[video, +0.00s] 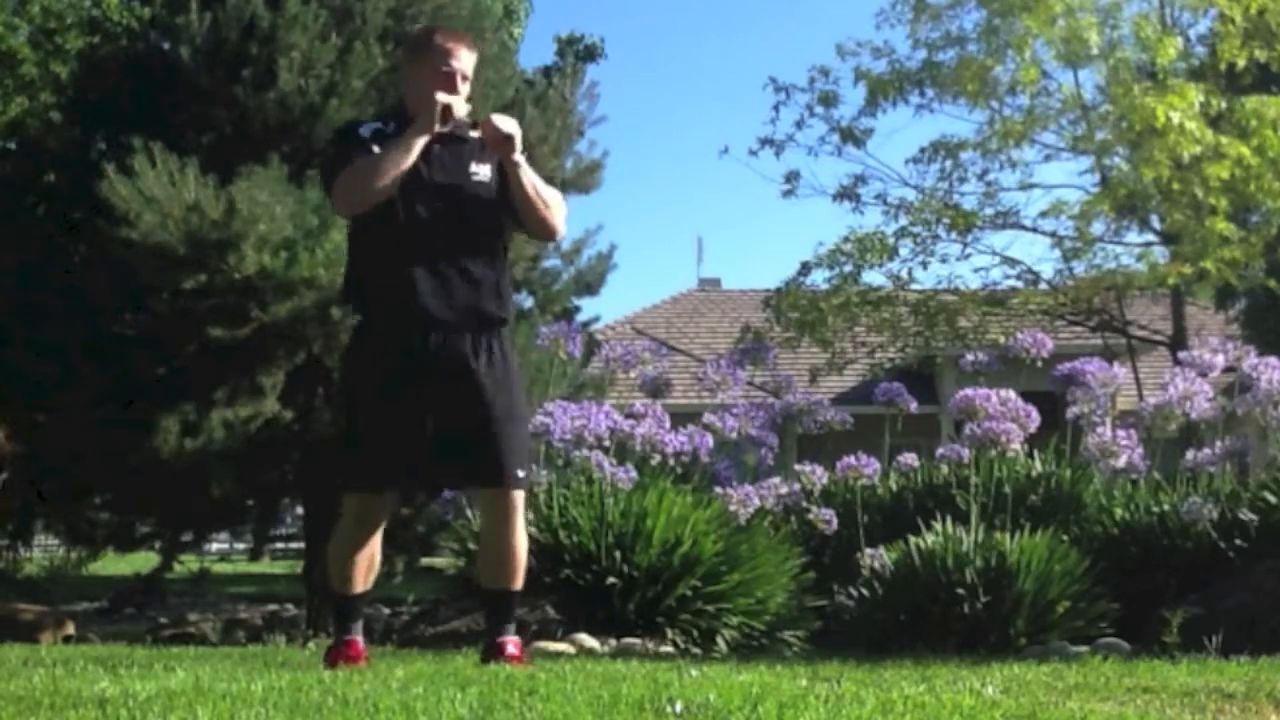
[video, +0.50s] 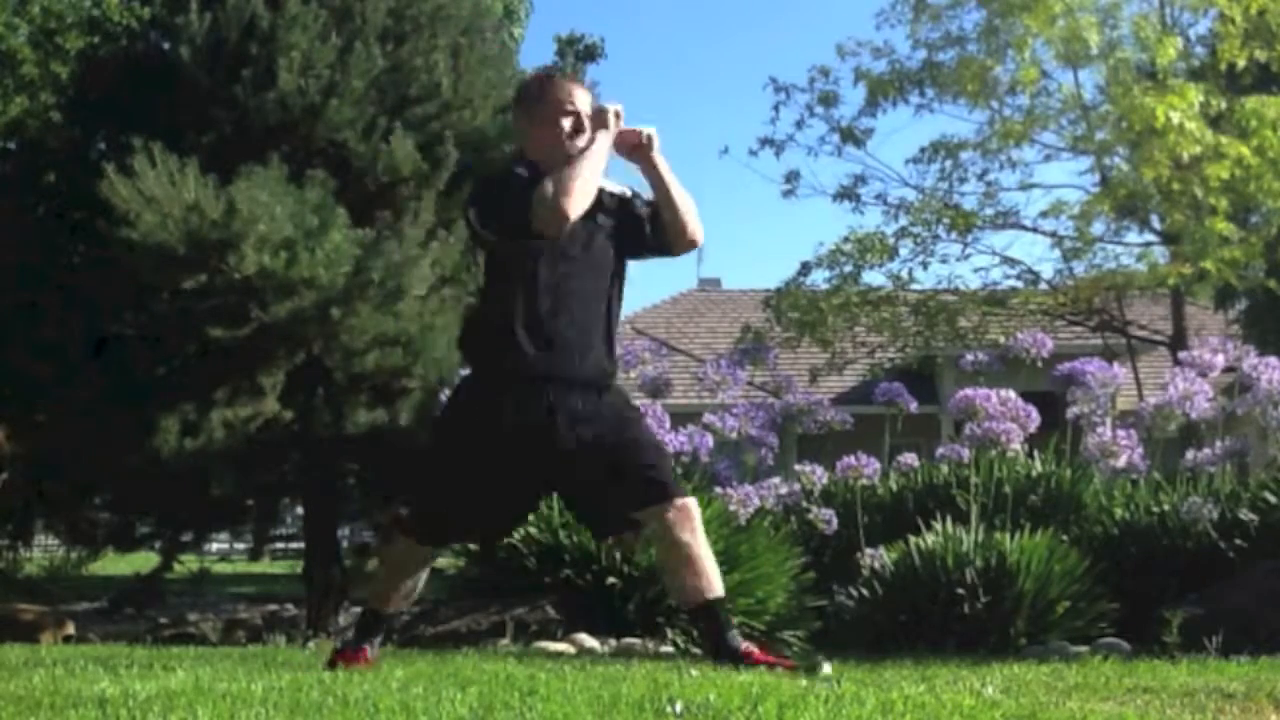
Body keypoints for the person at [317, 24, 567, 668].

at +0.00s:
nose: (453, 86)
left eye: (463, 78)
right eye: (442, 73)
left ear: (472, 87)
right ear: (406, 71)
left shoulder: (494, 151)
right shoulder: (367, 141)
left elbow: (551, 225)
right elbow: (349, 200)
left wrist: (514, 161)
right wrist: (422, 132)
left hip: (481, 344)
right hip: (390, 343)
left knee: (506, 492)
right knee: (369, 499)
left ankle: (502, 637)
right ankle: (348, 636)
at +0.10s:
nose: (456, 98)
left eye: (466, 90)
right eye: (444, 85)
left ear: (475, 101)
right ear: (408, 85)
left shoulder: (497, 168)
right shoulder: (368, 158)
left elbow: (553, 241)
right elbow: (356, 212)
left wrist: (517, 175)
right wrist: (427, 144)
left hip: (488, 366)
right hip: (395, 367)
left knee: (536, 491)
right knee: (367, 516)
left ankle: (513, 633)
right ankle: (349, 646)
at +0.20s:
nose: (475, 90)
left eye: (484, 82)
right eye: (463, 78)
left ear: (491, 91)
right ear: (425, 80)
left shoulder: (510, 156)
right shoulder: (385, 148)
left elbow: (565, 234)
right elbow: (372, 211)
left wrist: (533, 167)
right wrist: (447, 143)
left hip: (506, 347)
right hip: (417, 351)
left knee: (579, 462)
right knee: (380, 507)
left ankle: (548, 607)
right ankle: (351, 641)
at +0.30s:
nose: (501, 86)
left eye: (510, 78)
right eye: (488, 74)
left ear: (520, 86)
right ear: (451, 76)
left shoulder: (535, 148)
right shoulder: (412, 143)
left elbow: (593, 227)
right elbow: (404, 203)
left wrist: (564, 157)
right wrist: (476, 136)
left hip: (531, 348)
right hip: (439, 353)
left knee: (609, 458)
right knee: (394, 504)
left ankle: (622, 618)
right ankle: (355, 631)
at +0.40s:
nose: (536, 110)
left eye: (543, 101)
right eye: (521, 98)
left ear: (550, 110)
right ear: (481, 101)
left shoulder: (568, 177)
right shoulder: (440, 164)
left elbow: (634, 240)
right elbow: (453, 212)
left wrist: (604, 164)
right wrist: (525, 147)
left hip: (553, 375)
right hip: (459, 376)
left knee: (626, 490)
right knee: (404, 518)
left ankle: (708, 618)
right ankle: (360, 637)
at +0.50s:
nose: (578, 128)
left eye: (584, 118)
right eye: (562, 115)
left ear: (595, 130)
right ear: (521, 126)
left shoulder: (611, 207)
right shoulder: (498, 191)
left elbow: (684, 237)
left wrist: (651, 163)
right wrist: (603, 141)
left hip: (593, 402)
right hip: (501, 398)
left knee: (677, 512)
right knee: (421, 531)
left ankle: (725, 646)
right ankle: (364, 640)